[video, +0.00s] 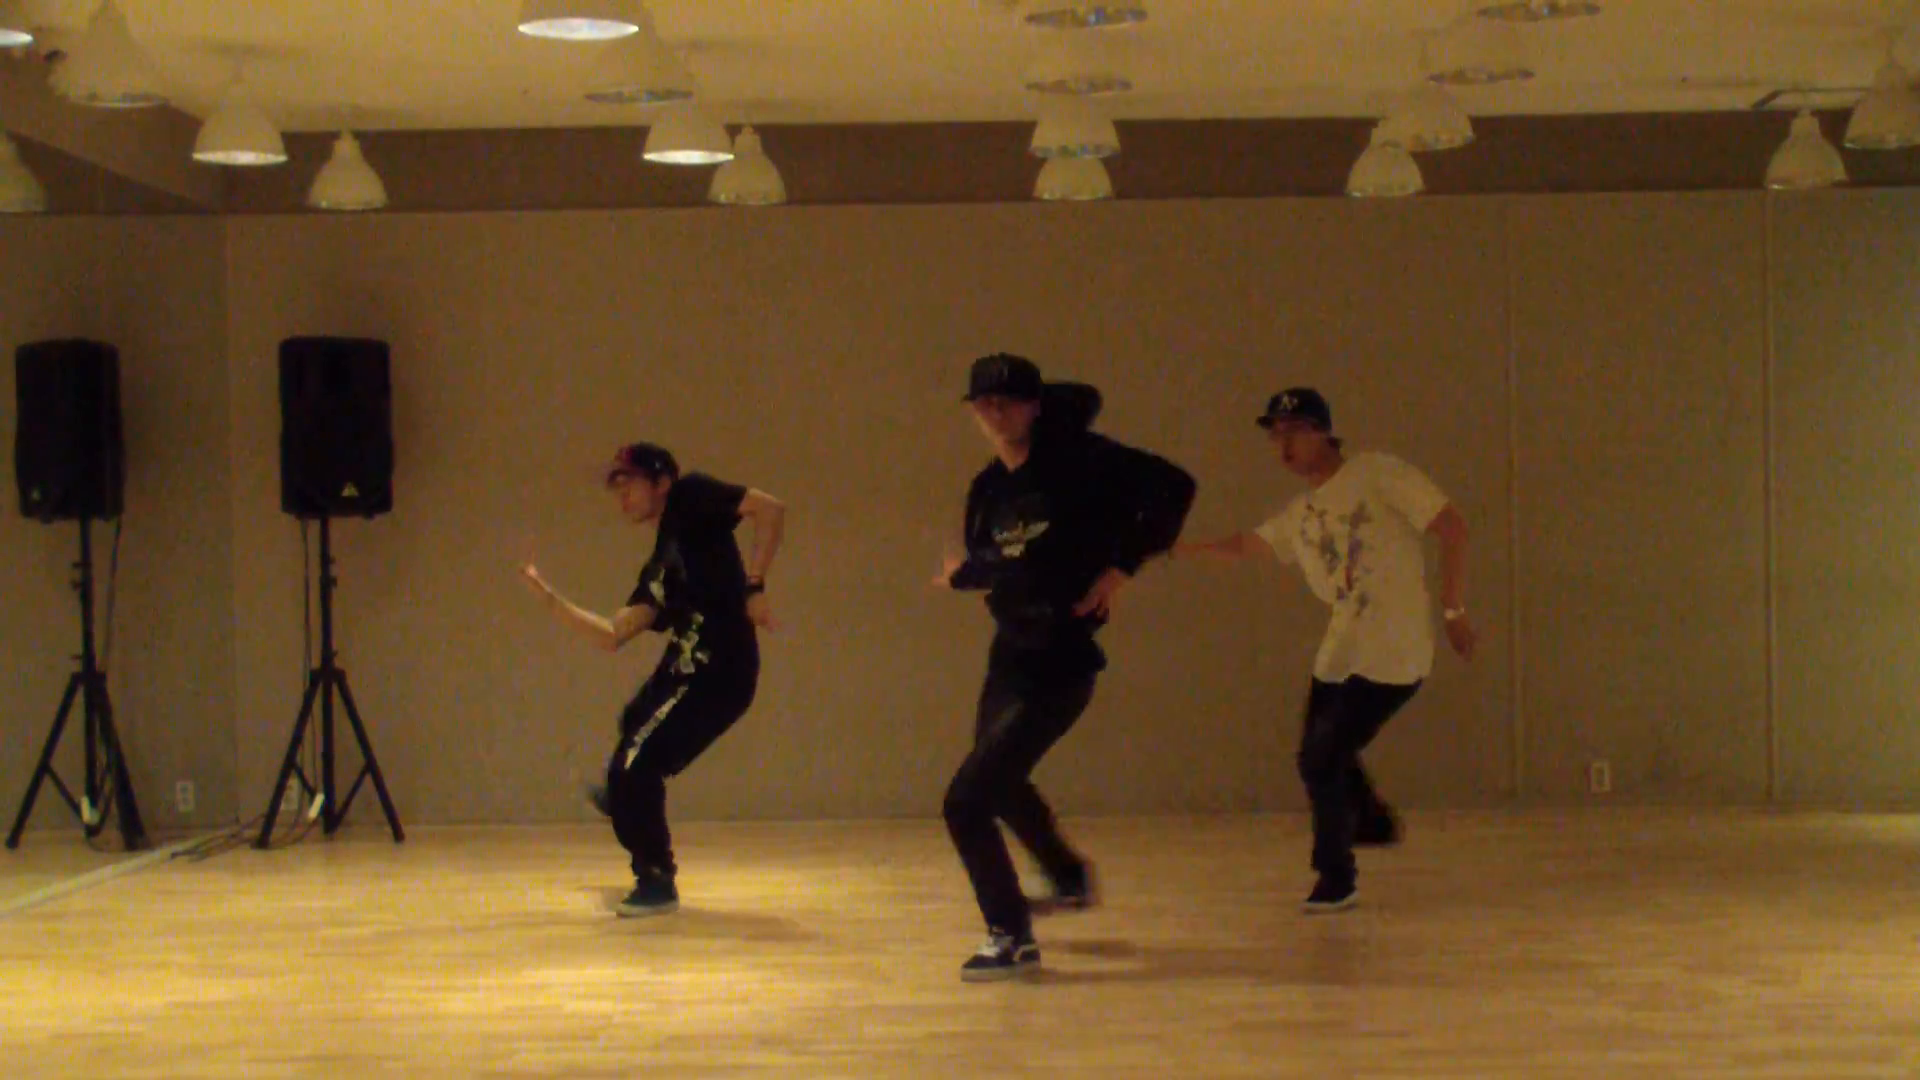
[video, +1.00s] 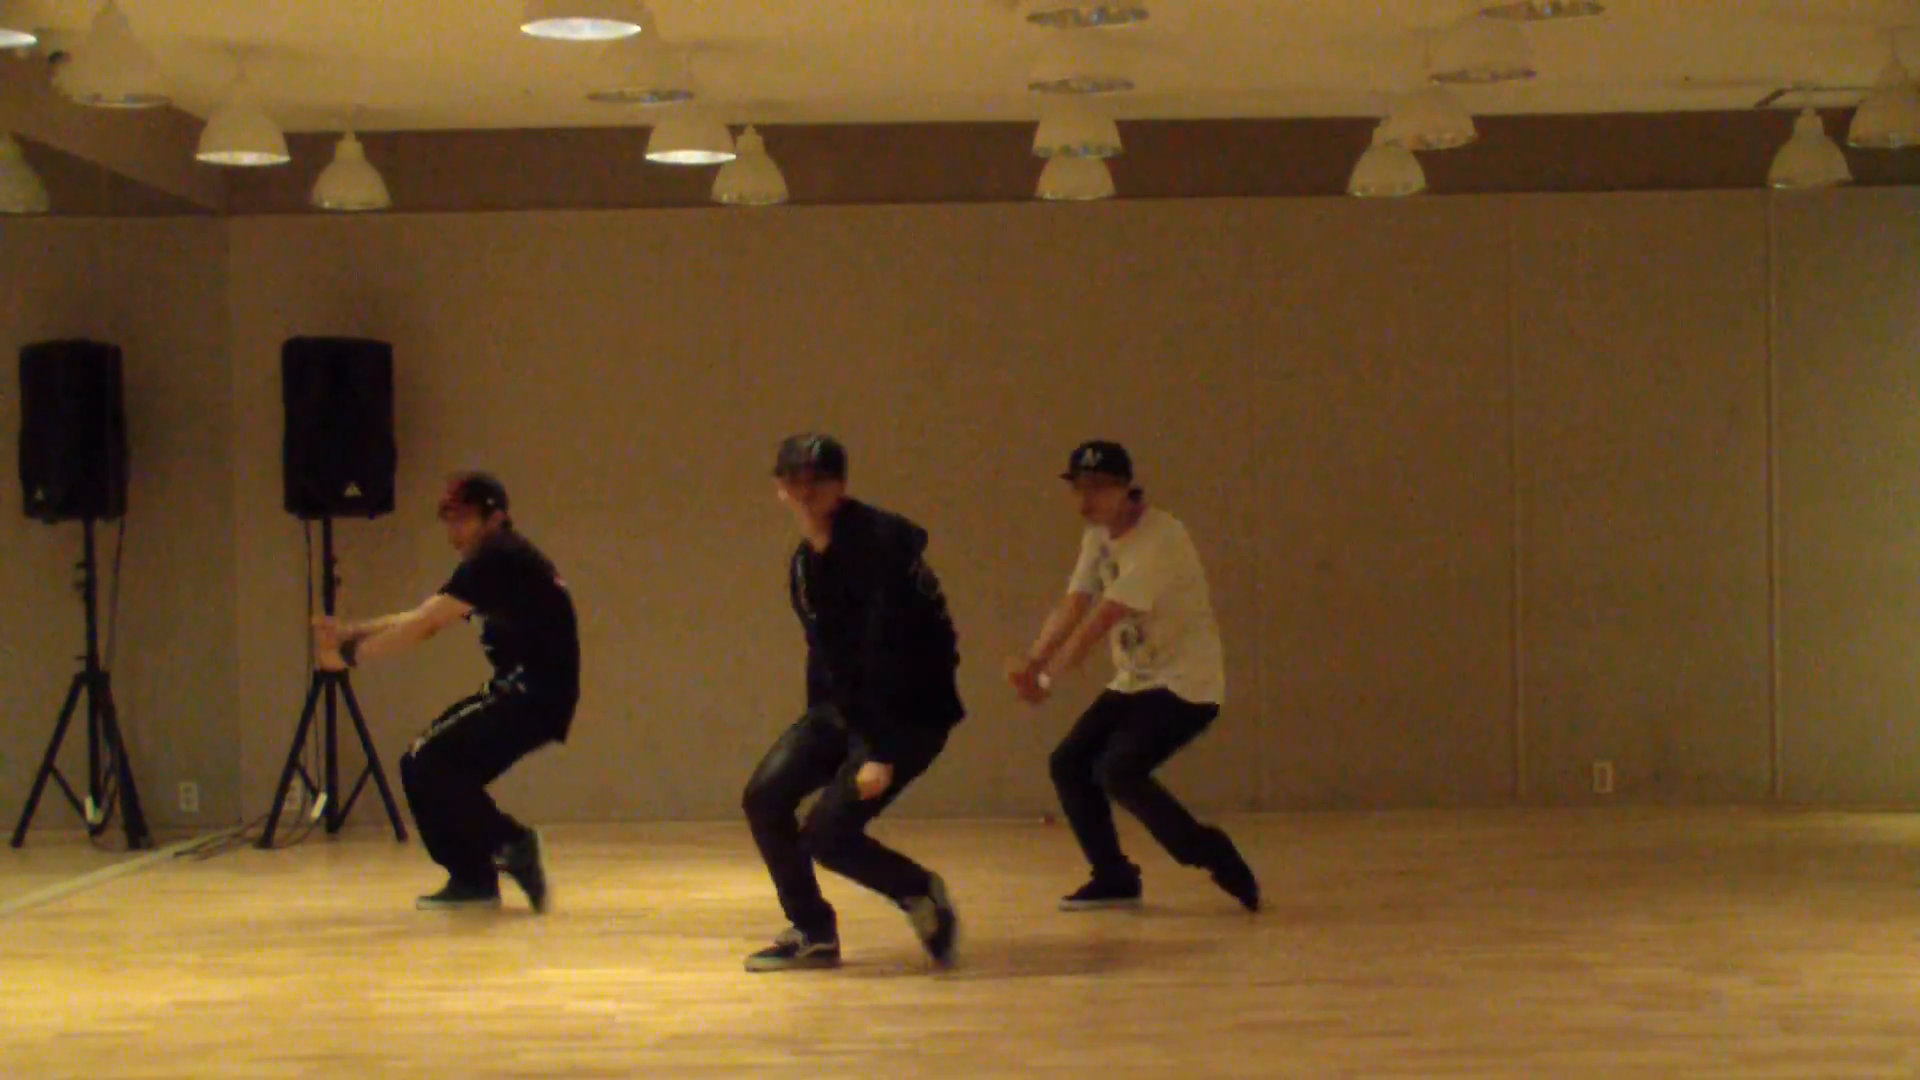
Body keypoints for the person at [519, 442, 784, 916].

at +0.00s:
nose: (620, 497)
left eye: (628, 484)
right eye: (616, 488)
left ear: (661, 480)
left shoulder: (691, 494)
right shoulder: (664, 562)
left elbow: (769, 509)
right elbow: (613, 634)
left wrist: (755, 585)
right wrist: (551, 598)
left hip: (722, 665)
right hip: (689, 660)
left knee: (637, 762)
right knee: (636, 719)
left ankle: (656, 878)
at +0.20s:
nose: (657, 486)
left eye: (666, 473)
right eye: (653, 476)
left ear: (699, 474)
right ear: (662, 483)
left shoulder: (729, 505)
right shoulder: (682, 559)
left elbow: (805, 523)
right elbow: (669, 636)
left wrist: (779, 590)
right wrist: (597, 619)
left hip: (750, 677)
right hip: (734, 683)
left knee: (659, 753)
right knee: (778, 791)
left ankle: (695, 868)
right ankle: (893, 854)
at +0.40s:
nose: (698, 479)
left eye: (710, 469)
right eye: (696, 469)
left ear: (742, 476)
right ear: (695, 477)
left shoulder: (744, 539)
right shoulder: (713, 538)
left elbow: (727, 619)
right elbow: (697, 611)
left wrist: (665, 616)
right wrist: (670, 590)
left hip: (739, 699)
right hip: (719, 700)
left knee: (759, 822)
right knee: (753, 820)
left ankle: (863, 860)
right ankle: (861, 851)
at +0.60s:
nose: (616, 465)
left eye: (627, 456)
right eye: (616, 455)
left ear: (656, 465)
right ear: (641, 467)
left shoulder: (644, 517)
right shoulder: (639, 514)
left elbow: (565, 565)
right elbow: (573, 565)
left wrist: (561, 510)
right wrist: (562, 512)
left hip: (678, 679)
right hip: (650, 675)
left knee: (702, 793)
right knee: (572, 744)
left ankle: (822, 851)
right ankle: (570, 868)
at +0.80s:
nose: (504, 524)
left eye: (511, 511)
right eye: (501, 514)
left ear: (543, 506)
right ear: (537, 509)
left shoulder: (554, 547)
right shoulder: (548, 547)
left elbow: (466, 586)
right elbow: (473, 584)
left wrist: (398, 570)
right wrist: (419, 563)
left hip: (584, 695)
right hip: (558, 687)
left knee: (509, 788)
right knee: (463, 758)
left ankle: (608, 857)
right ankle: (472, 879)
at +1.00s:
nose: (452, 531)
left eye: (460, 519)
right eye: (449, 520)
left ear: (492, 517)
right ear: (486, 520)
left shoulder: (499, 560)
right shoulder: (497, 557)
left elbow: (426, 625)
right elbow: (424, 617)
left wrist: (352, 655)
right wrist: (353, 630)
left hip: (532, 701)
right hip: (520, 695)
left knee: (429, 764)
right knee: (430, 763)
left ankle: (512, 846)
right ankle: (471, 878)